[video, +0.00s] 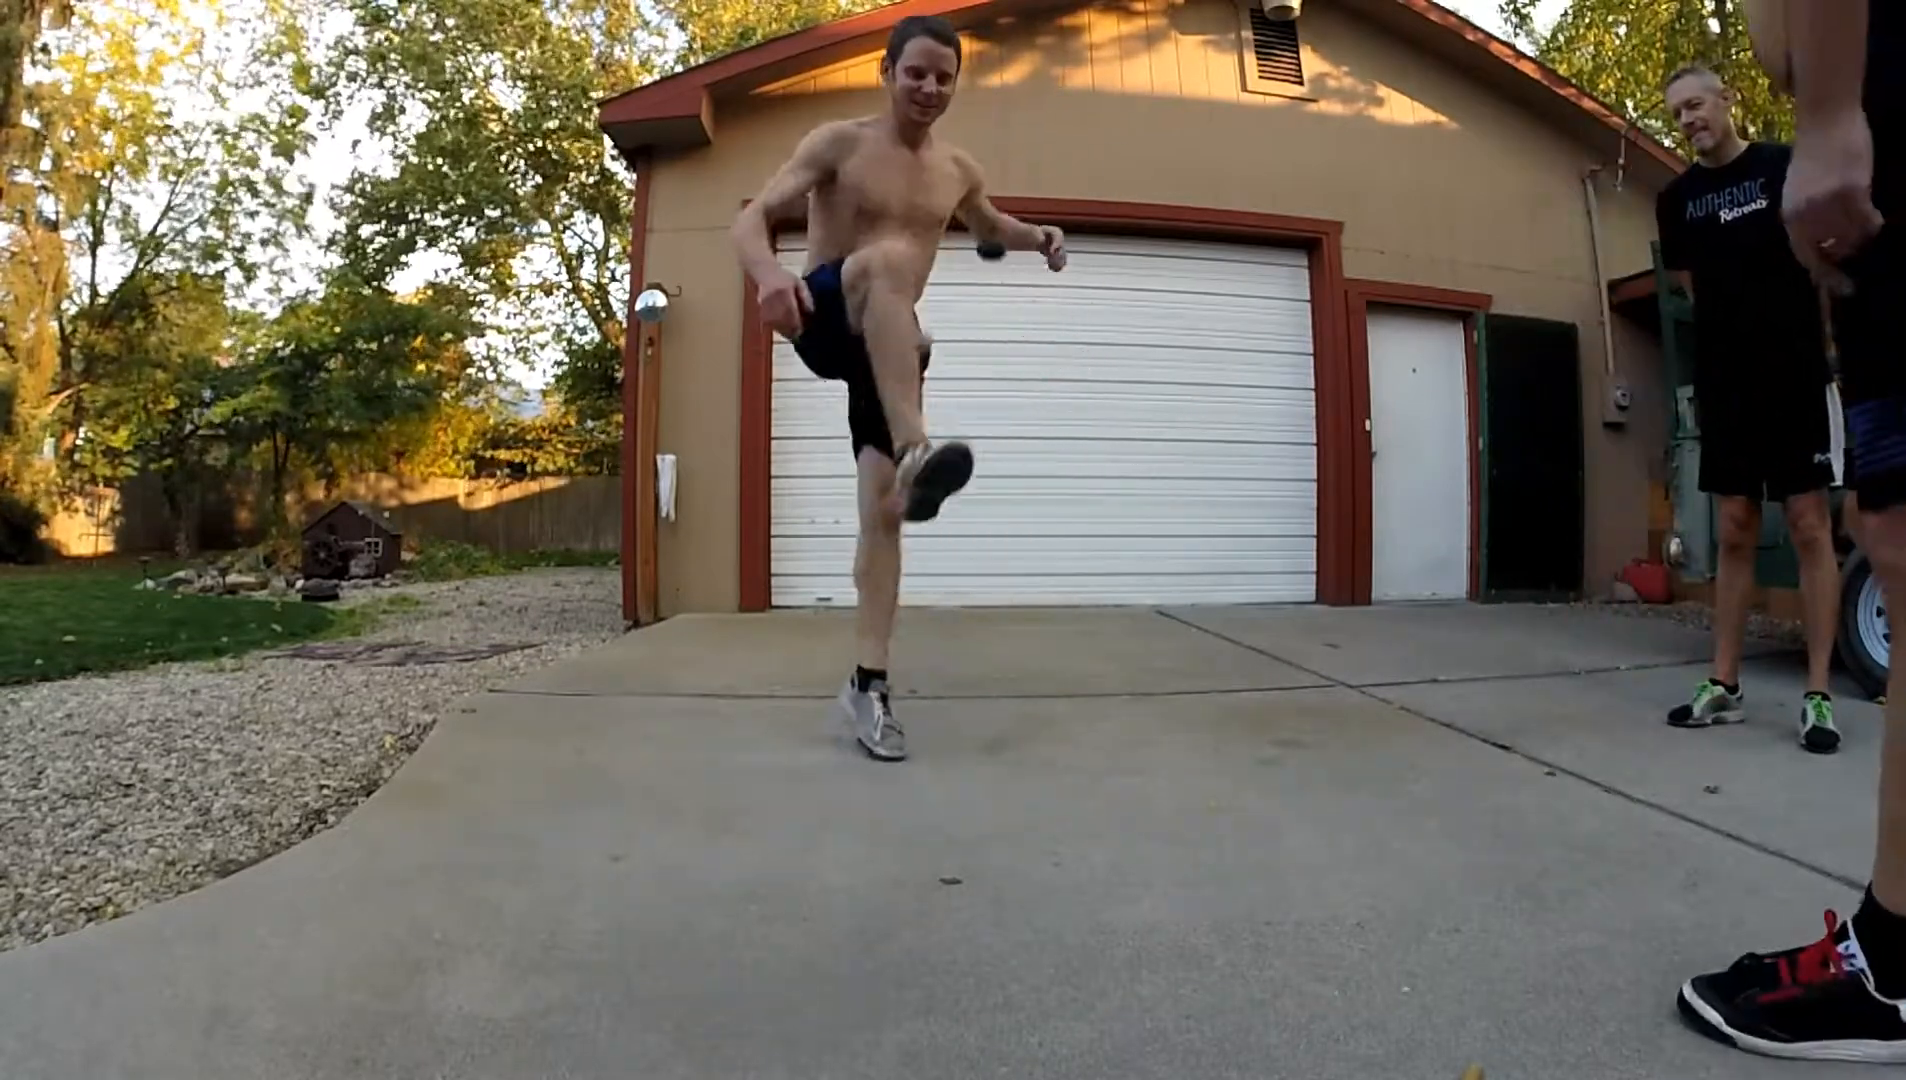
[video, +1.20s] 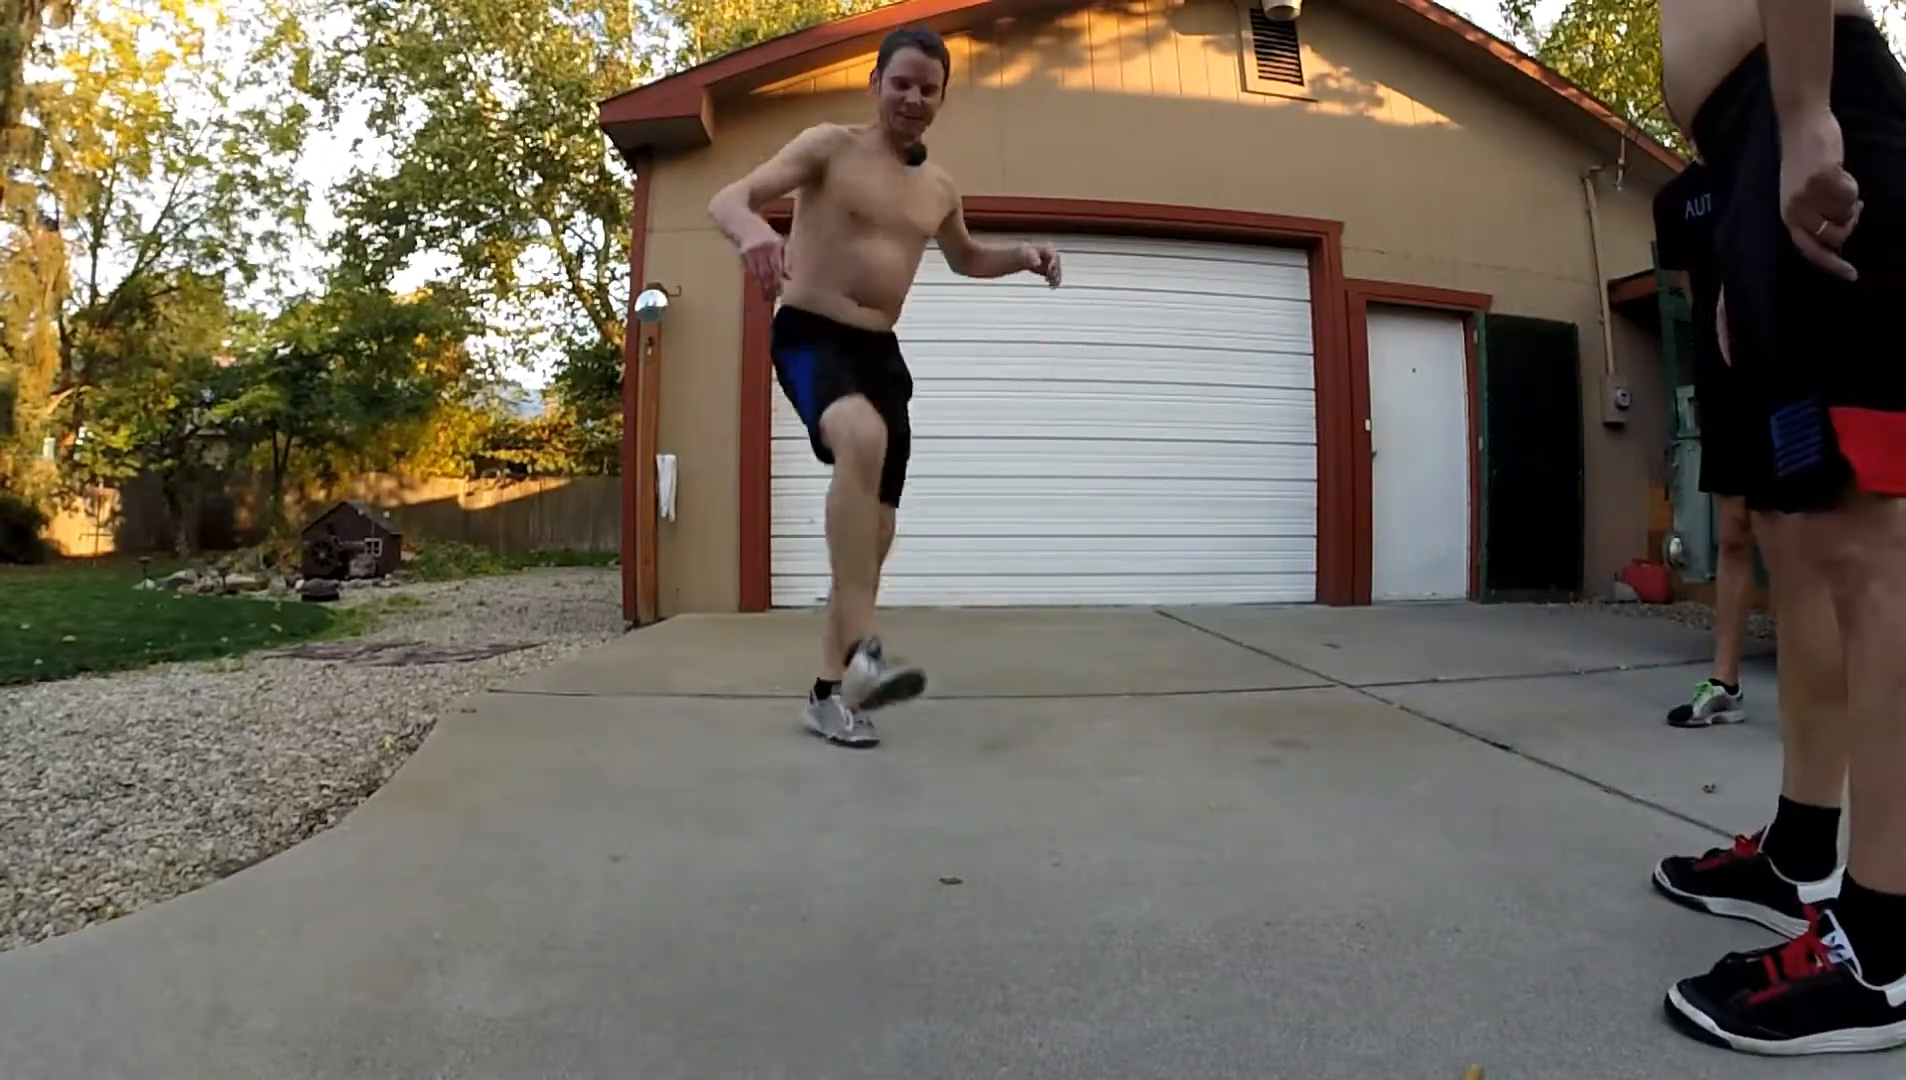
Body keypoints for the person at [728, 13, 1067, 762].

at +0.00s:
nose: (930, 88)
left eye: (943, 78)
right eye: (917, 72)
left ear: (956, 87)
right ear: (888, 73)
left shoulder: (959, 171)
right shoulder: (837, 143)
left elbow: (991, 231)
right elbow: (750, 220)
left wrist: (1040, 238)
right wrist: (768, 276)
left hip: (896, 338)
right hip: (823, 323)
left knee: (886, 509)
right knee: (884, 265)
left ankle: (868, 688)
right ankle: (908, 462)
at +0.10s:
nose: (923, 85)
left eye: (936, 76)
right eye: (910, 71)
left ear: (949, 87)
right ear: (883, 75)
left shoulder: (952, 172)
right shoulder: (832, 145)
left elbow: (975, 245)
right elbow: (757, 229)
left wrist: (1027, 262)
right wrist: (762, 290)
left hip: (902, 336)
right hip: (829, 315)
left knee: (889, 519)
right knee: (886, 372)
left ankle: (854, 690)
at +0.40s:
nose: (925, 124)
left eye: (938, 115)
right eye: (914, 109)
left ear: (949, 124)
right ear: (883, 106)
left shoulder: (947, 207)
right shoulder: (829, 174)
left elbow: (992, 267)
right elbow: (750, 252)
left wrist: (1029, 271)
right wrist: (765, 329)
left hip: (891, 367)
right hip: (820, 344)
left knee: (890, 533)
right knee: (907, 343)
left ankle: (847, 703)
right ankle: (980, 532)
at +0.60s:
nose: (928, 94)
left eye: (942, 86)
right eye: (917, 79)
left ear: (952, 96)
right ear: (888, 79)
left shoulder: (947, 181)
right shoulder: (833, 150)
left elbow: (965, 254)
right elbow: (754, 225)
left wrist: (1011, 278)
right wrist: (767, 292)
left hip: (892, 338)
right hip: (820, 318)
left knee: (893, 519)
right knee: (902, 356)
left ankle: (861, 692)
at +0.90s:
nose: (926, 128)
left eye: (939, 117)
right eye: (914, 112)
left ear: (951, 123)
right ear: (884, 108)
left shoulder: (946, 213)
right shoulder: (830, 174)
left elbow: (978, 284)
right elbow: (739, 239)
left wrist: (1029, 281)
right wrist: (741, 299)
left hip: (890, 371)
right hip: (815, 346)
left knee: (906, 533)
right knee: (899, 348)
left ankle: (854, 703)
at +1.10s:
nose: (927, 96)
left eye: (941, 86)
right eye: (916, 80)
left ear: (954, 93)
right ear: (887, 74)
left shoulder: (944, 176)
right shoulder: (836, 133)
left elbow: (974, 237)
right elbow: (733, 178)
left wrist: (1026, 245)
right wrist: (766, 203)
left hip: (879, 335)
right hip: (805, 312)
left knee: (873, 509)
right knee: (876, 312)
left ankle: (841, 676)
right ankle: (883, 522)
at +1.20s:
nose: (916, 99)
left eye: (930, 90)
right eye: (904, 83)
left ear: (942, 99)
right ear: (876, 82)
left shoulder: (938, 186)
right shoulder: (828, 145)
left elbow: (966, 258)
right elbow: (727, 200)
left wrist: (1022, 255)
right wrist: (753, 231)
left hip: (880, 351)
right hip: (809, 333)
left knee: (878, 532)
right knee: (863, 437)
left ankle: (827, 695)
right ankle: (860, 657)